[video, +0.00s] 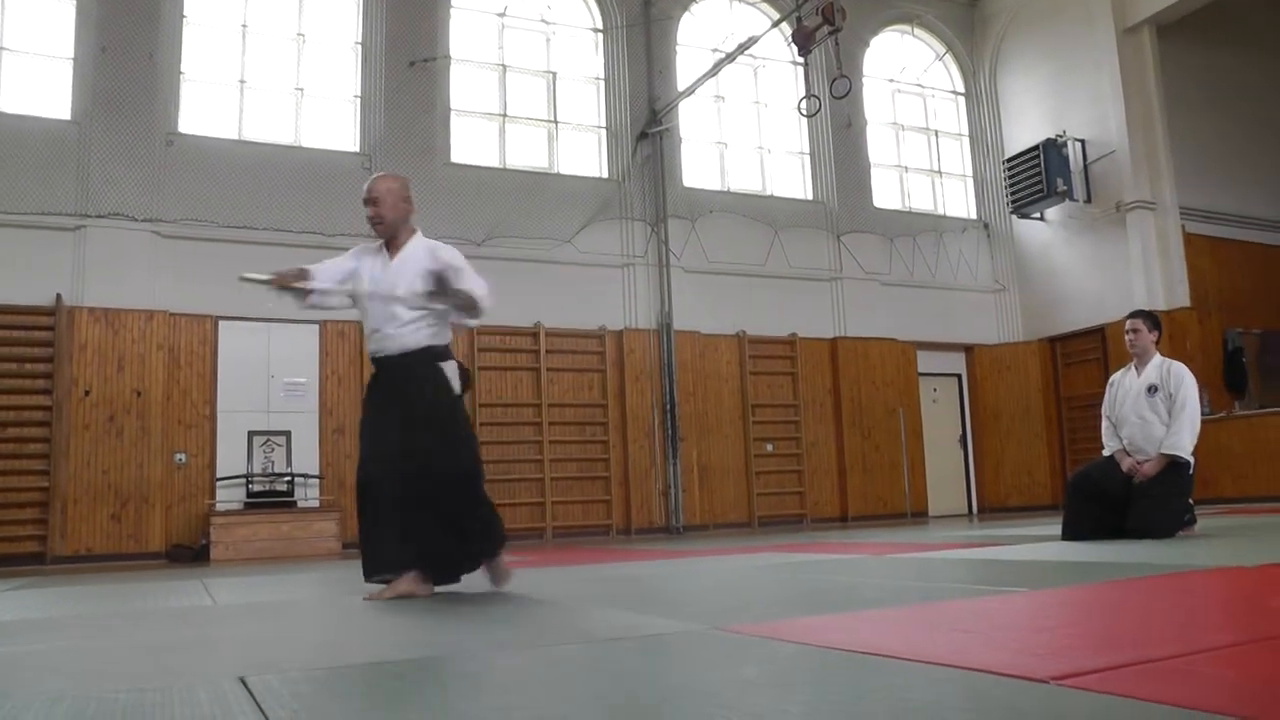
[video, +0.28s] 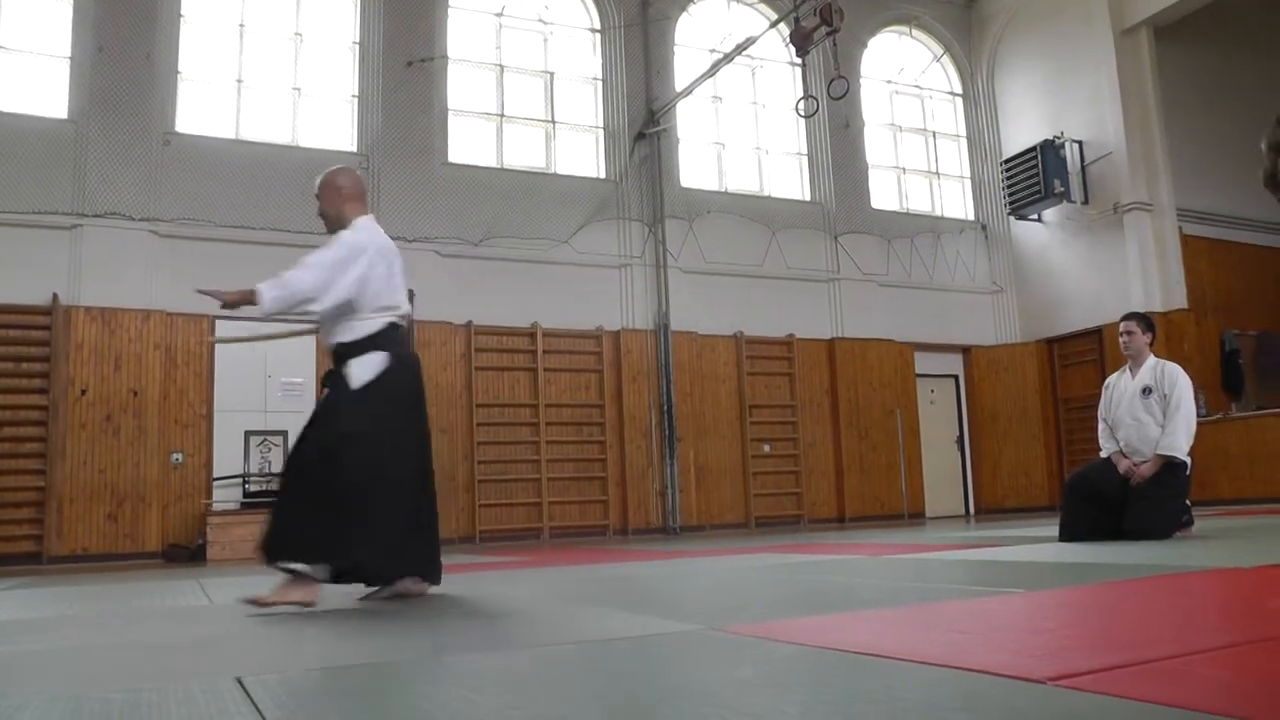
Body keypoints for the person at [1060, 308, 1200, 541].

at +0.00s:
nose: (1129, 337)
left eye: (1135, 331)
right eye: (1126, 332)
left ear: (1154, 336)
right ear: (1124, 337)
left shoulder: (1176, 373)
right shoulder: (1116, 381)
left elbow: (1186, 423)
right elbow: (1107, 425)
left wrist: (1157, 463)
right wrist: (1122, 458)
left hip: (1168, 466)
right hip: (1125, 464)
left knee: (1143, 528)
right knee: (1081, 485)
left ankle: (1184, 512)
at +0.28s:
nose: (1123, 339)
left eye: (1130, 333)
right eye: (1121, 335)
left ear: (1148, 338)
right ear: (1118, 340)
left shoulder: (1170, 373)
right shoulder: (1111, 383)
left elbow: (1181, 423)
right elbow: (1103, 427)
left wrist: (1154, 464)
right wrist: (1119, 459)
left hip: (1165, 467)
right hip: (1121, 466)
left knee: (1139, 529)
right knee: (1079, 486)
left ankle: (1182, 513)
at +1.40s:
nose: (1132, 374)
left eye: (1139, 368)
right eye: (1129, 370)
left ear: (1157, 372)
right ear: (1126, 374)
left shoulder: (1180, 409)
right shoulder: (1120, 417)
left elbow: (1190, 460)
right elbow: (1112, 462)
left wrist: (1162, 499)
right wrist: (1127, 494)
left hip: (1173, 502)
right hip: (1129, 500)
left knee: (1147, 564)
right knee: (1086, 519)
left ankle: (1190, 547)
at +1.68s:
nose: (1134, 379)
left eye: (1140, 373)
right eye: (1131, 375)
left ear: (1158, 377)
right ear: (1128, 380)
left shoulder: (1181, 415)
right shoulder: (1121, 422)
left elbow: (1191, 467)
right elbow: (1113, 468)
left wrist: (1162, 506)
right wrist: (1127, 501)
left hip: (1174, 509)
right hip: (1130, 506)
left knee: (1147, 569)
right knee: (1086, 526)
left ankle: (1190, 553)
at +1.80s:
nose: (1134, 381)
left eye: (1141, 375)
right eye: (1131, 376)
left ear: (1159, 379)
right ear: (1128, 381)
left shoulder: (1182, 417)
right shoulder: (1121, 424)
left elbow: (1191, 469)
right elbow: (1113, 469)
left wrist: (1162, 507)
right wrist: (1128, 503)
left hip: (1174, 509)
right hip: (1130, 507)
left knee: (1150, 572)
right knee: (1086, 528)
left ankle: (1191, 556)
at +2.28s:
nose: (1135, 386)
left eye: (1142, 380)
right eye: (1132, 381)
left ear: (1160, 385)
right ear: (1129, 386)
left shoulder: (1183, 422)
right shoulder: (1123, 430)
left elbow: (1193, 474)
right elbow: (1114, 475)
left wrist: (1164, 513)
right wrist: (1130, 508)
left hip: (1176, 514)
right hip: (1131, 513)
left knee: (1152, 576)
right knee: (1089, 533)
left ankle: (1193, 561)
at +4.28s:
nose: (1137, 406)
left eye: (1143, 400)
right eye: (1134, 401)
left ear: (1161, 405)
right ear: (1131, 407)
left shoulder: (1183, 441)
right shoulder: (1123, 450)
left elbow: (1195, 492)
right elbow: (1116, 495)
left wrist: (1166, 533)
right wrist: (1132, 528)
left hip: (1179, 534)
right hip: (1134, 533)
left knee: (1157, 598)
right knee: (1094, 553)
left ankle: (1198, 581)